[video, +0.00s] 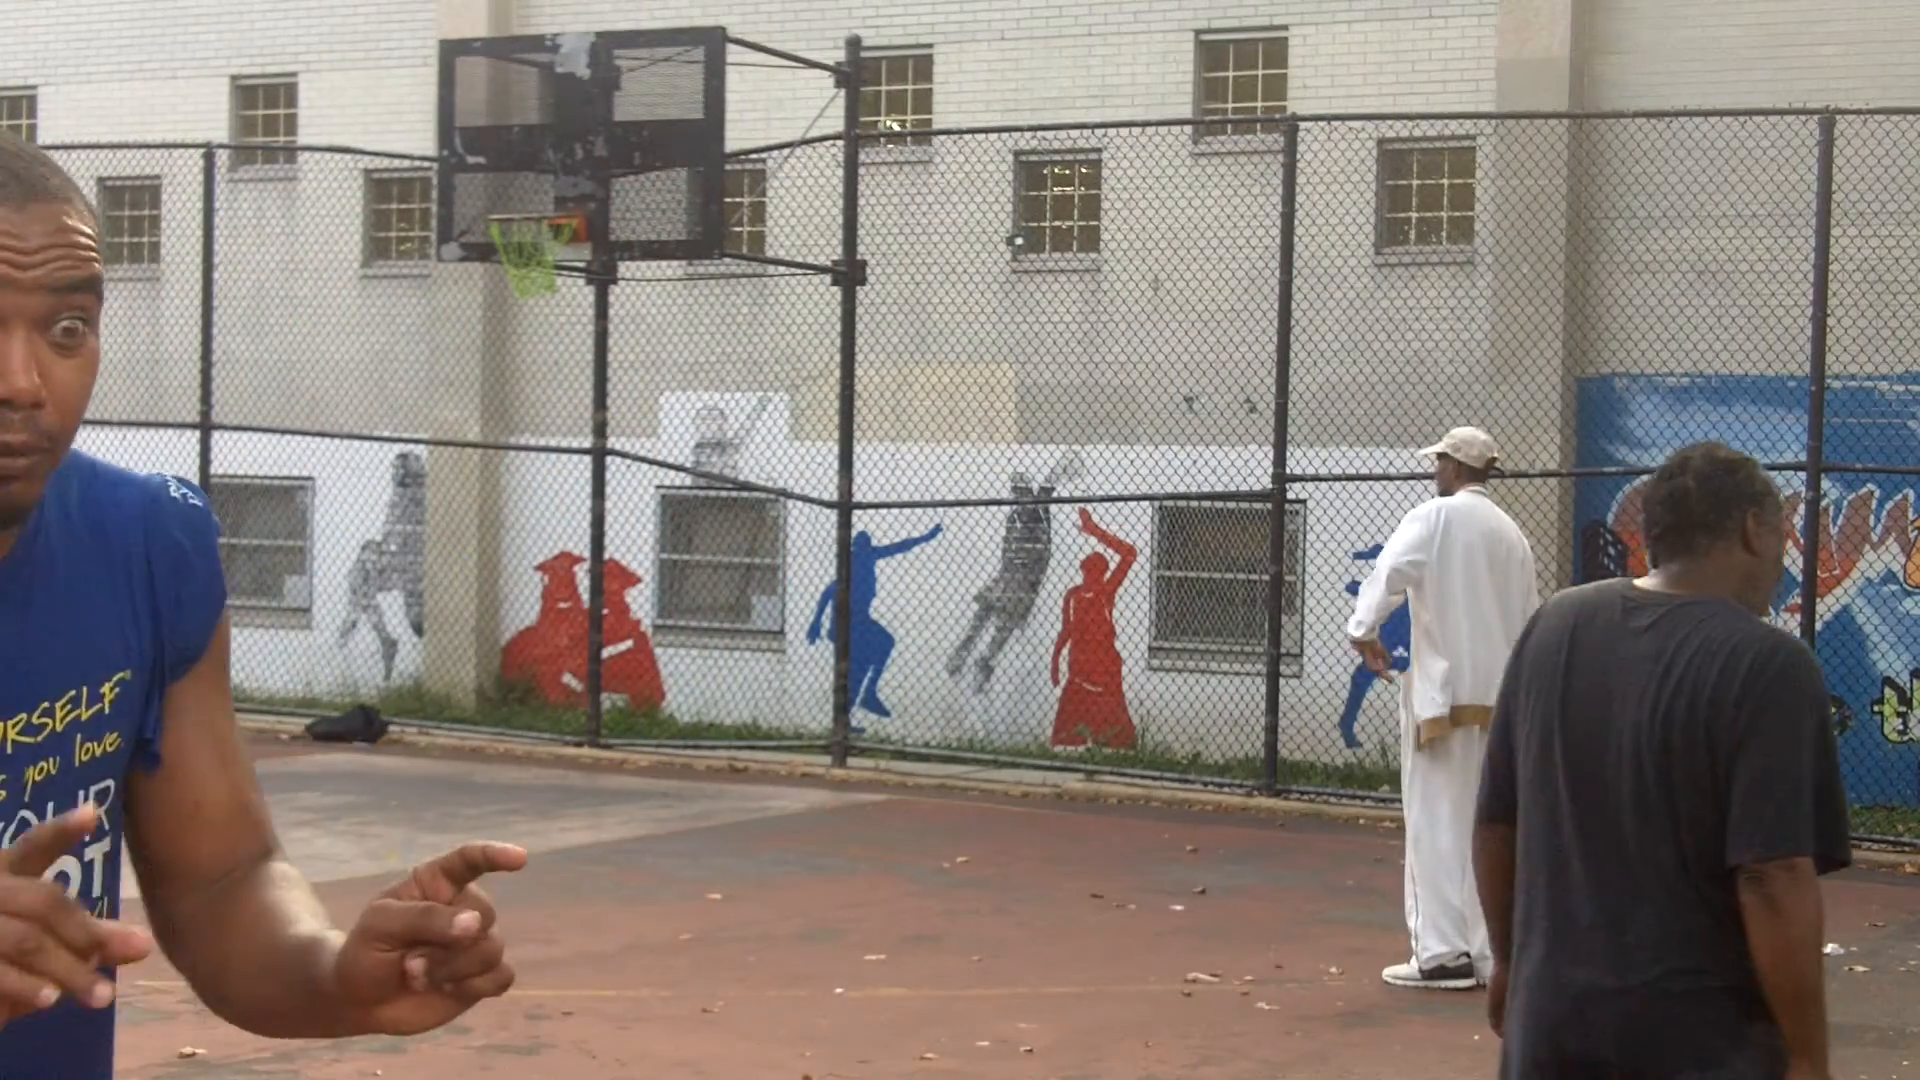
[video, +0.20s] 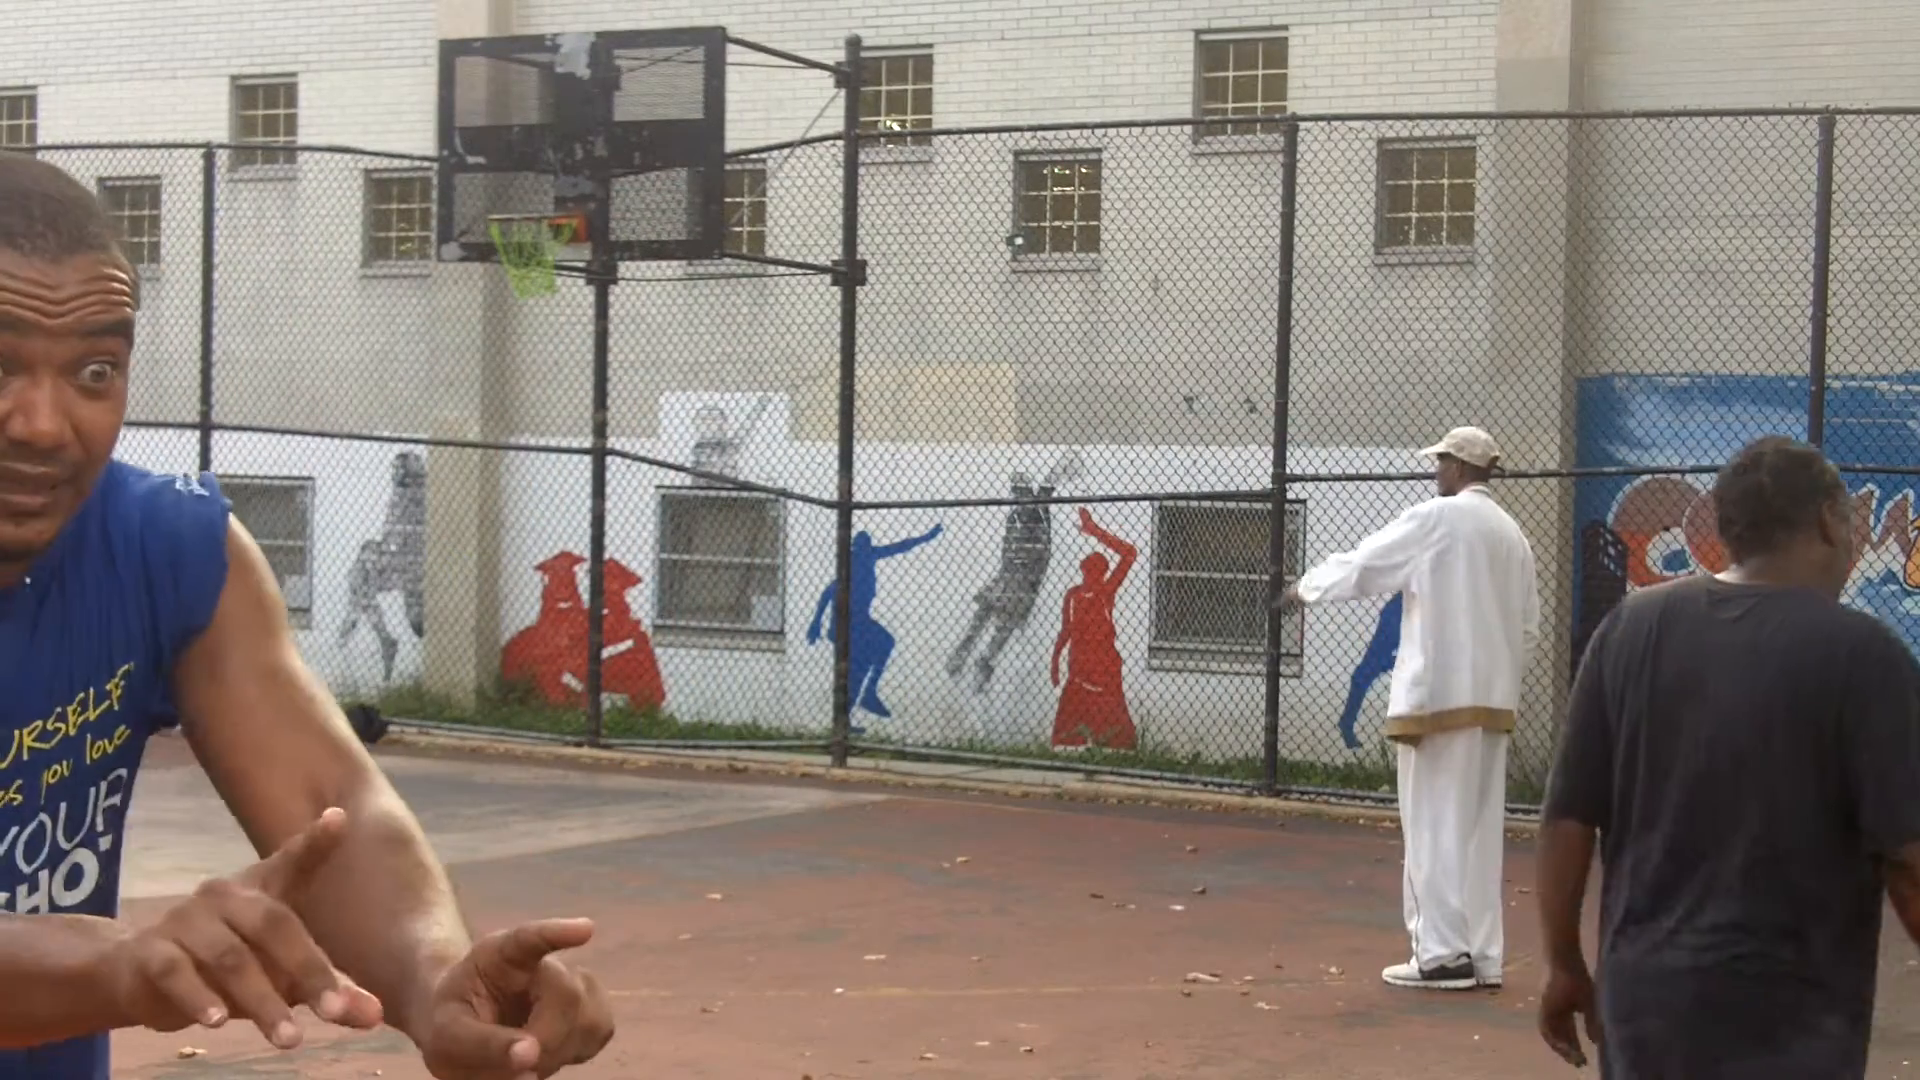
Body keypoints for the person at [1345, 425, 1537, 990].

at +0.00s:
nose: (1433, 475)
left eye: (1437, 467)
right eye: (1435, 467)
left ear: (1453, 469)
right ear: (1483, 473)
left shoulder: (1435, 517)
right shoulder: (1515, 534)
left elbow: (1388, 577)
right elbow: (1531, 611)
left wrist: (1364, 634)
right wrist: (1510, 670)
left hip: (1446, 694)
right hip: (1509, 698)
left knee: (1435, 825)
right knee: (1493, 828)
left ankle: (1442, 953)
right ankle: (1489, 953)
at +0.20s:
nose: (1435, 474)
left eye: (1443, 465)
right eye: (1438, 465)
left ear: (1461, 470)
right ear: (1485, 473)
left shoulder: (1438, 518)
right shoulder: (1515, 535)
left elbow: (1367, 564)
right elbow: (1529, 625)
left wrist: (1307, 587)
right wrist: (1500, 679)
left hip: (1439, 694)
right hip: (1494, 696)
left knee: (1432, 822)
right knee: (1480, 823)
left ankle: (1441, 954)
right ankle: (1482, 955)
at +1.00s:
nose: (1436, 475)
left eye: (1441, 466)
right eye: (1439, 466)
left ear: (1455, 470)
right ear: (1487, 475)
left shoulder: (1431, 516)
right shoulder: (1518, 539)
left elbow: (1346, 536)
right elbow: (1531, 630)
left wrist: (1301, 506)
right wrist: (1495, 679)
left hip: (1433, 691)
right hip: (1492, 698)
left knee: (1432, 823)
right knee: (1480, 825)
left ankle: (1442, 954)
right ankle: (1483, 957)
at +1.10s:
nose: (1436, 475)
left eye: (1442, 466)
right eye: (1440, 466)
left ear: (1456, 470)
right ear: (1488, 475)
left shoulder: (1433, 516)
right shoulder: (1519, 539)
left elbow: (1348, 535)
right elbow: (1532, 629)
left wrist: (1305, 506)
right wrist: (1498, 681)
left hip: (1436, 692)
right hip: (1494, 698)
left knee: (1434, 824)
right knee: (1482, 826)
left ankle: (1443, 955)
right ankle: (1484, 957)